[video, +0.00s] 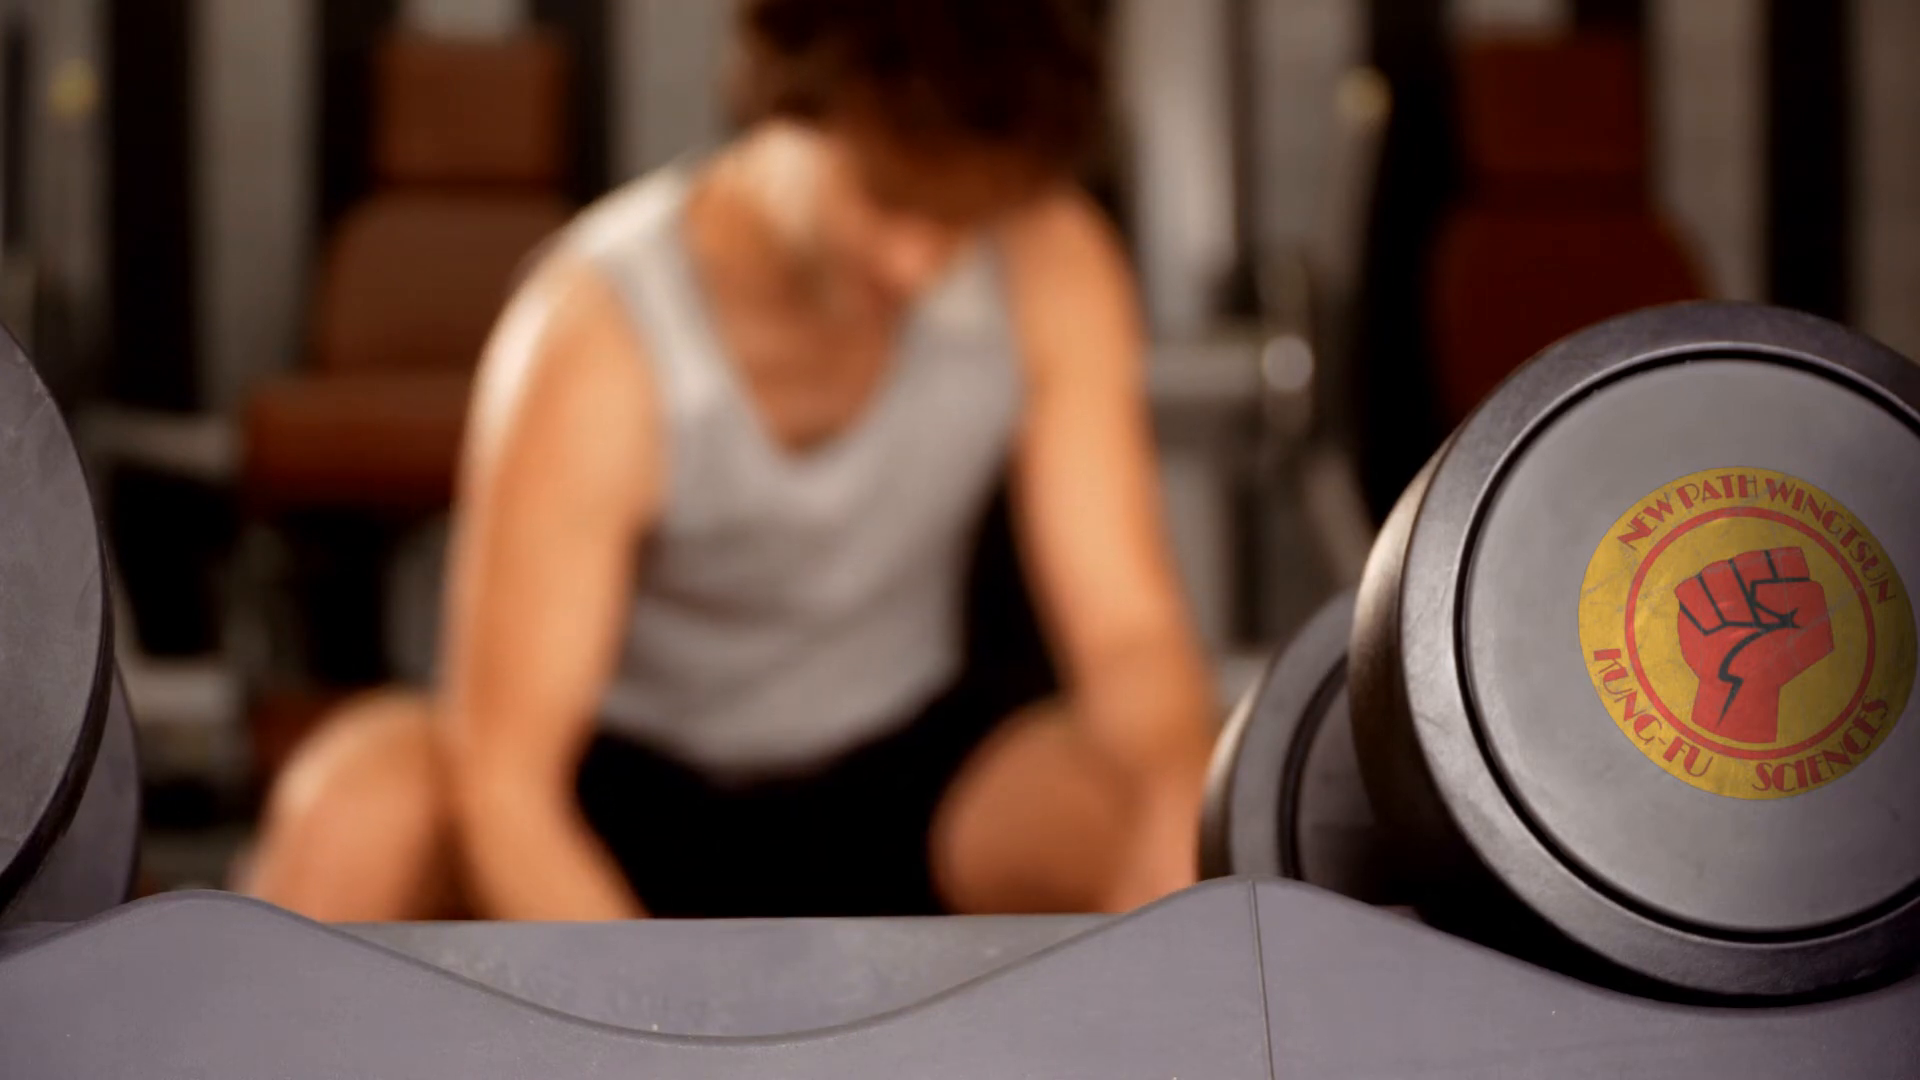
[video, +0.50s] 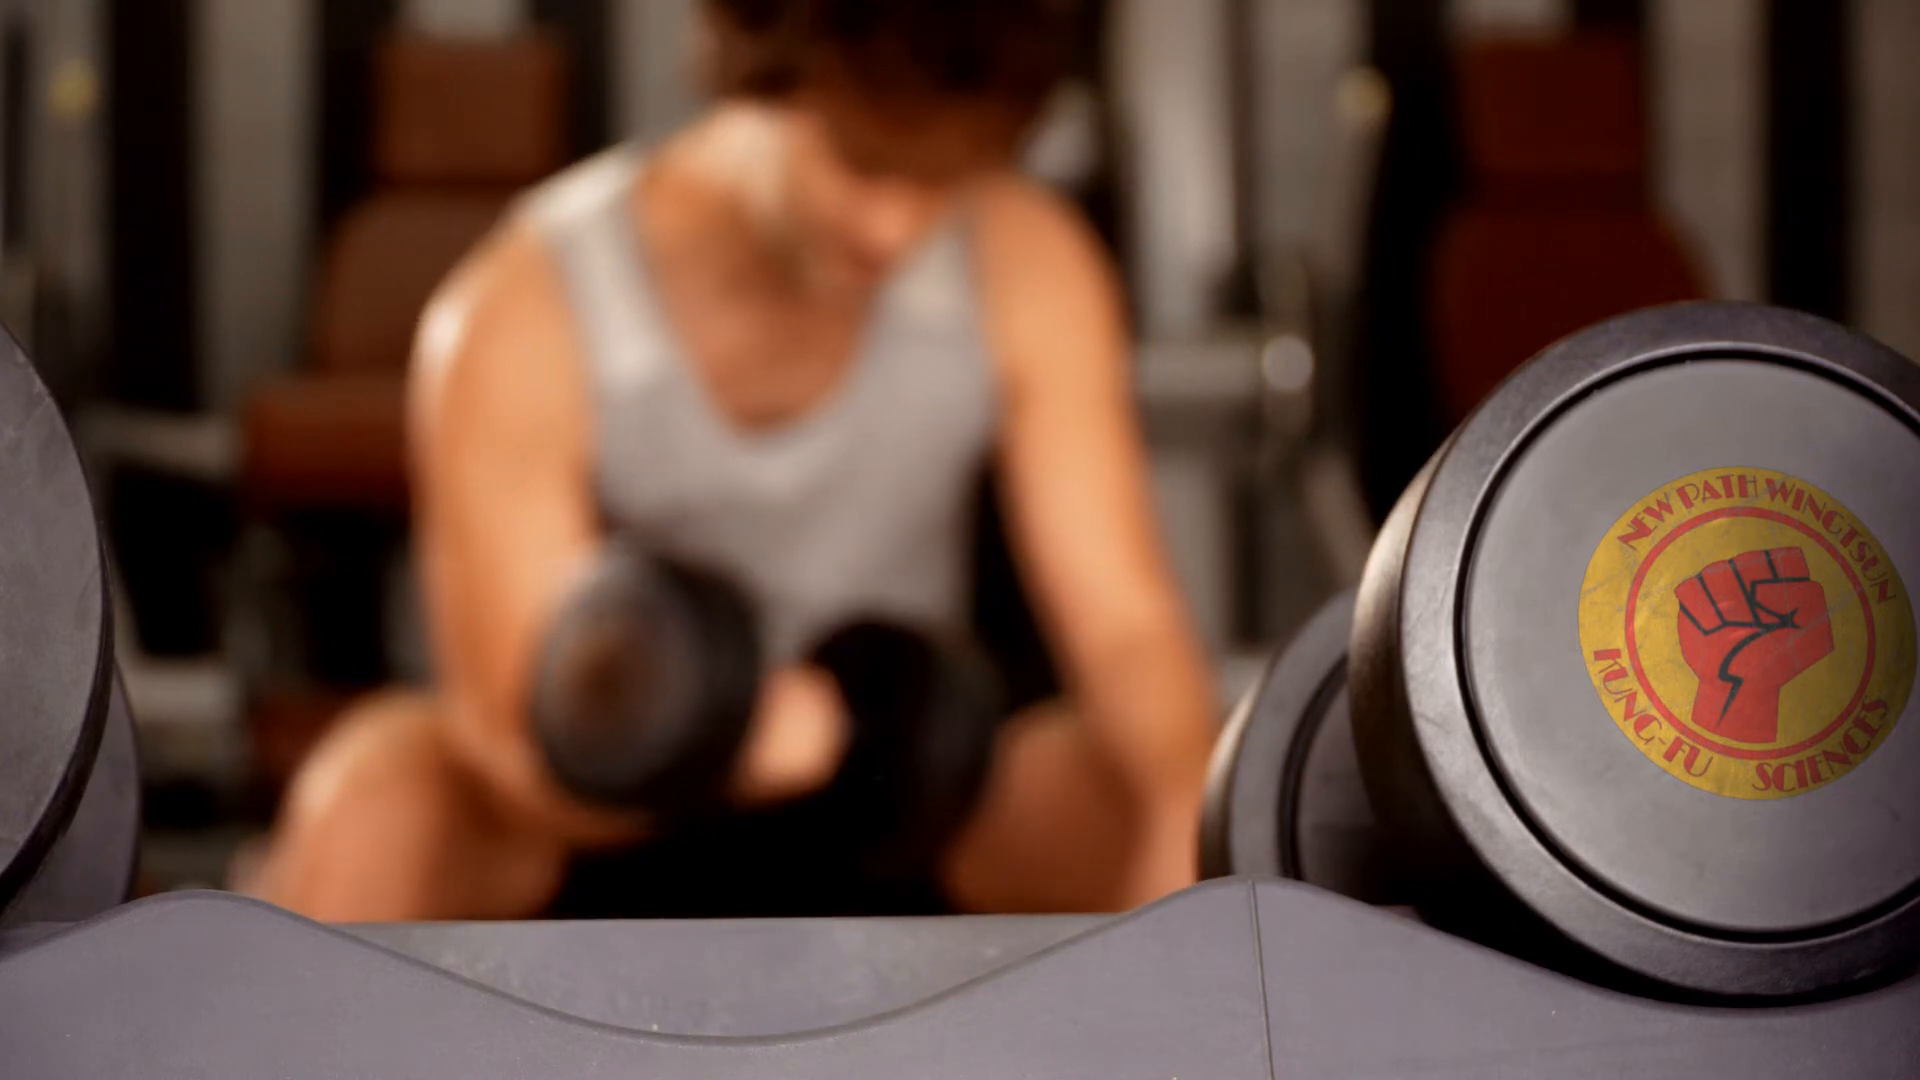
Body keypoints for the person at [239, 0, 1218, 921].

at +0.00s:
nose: (920, 264)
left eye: (970, 218)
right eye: (888, 201)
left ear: (1015, 172)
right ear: (792, 114)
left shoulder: (1044, 252)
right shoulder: (595, 328)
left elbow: (1130, 643)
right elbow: (504, 780)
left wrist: (1178, 874)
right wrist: (663, 1034)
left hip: (900, 784)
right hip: (628, 797)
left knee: (1184, 809)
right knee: (354, 790)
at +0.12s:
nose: (916, 246)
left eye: (965, 200)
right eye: (883, 185)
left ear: (1012, 162)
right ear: (787, 96)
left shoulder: (1044, 254)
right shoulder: (587, 312)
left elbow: (1129, 637)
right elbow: (507, 749)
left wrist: (1183, 848)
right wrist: (678, 959)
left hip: (903, 773)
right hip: (627, 786)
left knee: (1186, 808)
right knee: (365, 788)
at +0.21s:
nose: (914, 238)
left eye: (962, 192)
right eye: (880, 176)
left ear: (1013, 158)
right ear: (785, 86)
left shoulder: (1043, 254)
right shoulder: (577, 308)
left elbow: (1133, 637)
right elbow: (507, 743)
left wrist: (1180, 861)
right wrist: (718, 896)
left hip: (902, 783)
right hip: (627, 794)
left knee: (1196, 789)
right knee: (369, 794)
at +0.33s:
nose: (908, 231)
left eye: (957, 184)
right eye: (875, 168)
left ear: (1010, 152)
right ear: (778, 77)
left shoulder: (1035, 255)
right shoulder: (556, 307)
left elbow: (1131, 632)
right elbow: (518, 737)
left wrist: (1182, 841)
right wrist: (847, 827)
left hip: (896, 802)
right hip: (618, 800)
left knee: (1187, 782)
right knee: (373, 789)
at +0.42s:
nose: (906, 229)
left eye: (953, 181)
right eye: (871, 166)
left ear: (1006, 145)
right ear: (772, 78)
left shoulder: (1029, 255)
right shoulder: (537, 310)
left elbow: (1129, 628)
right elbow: (517, 725)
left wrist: (1189, 830)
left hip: (889, 807)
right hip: (615, 812)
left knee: (1186, 784)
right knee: (378, 778)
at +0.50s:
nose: (899, 229)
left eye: (944, 180)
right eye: (864, 166)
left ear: (998, 140)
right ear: (764, 78)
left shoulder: (1019, 254)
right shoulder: (520, 311)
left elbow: (1125, 627)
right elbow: (528, 753)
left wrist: (1187, 833)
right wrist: (824, 725)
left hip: (888, 803)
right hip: (607, 811)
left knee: (1189, 794)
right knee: (374, 787)